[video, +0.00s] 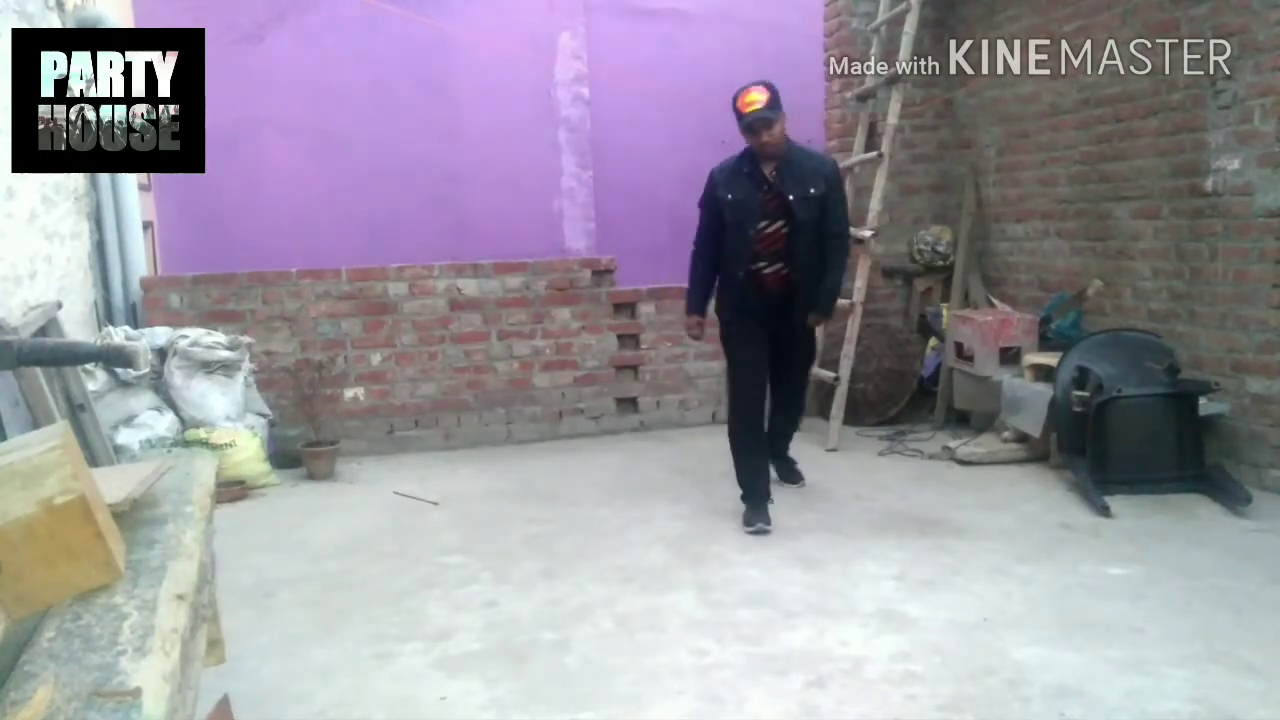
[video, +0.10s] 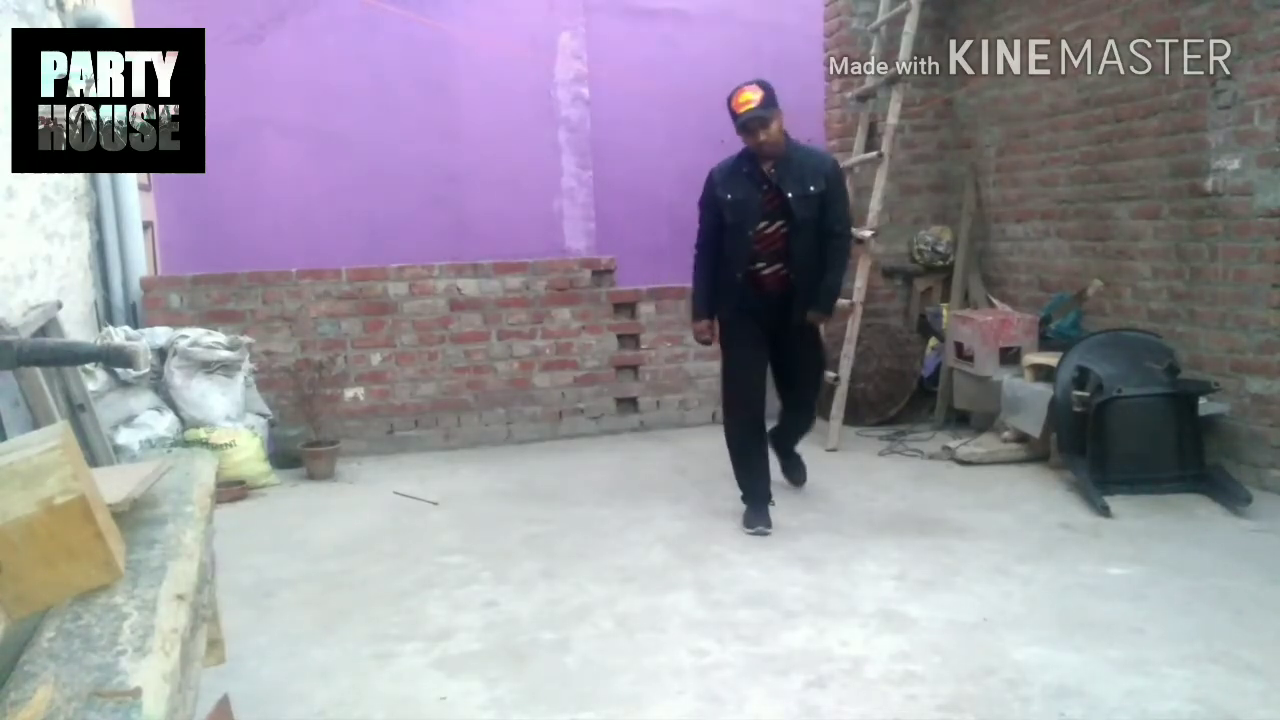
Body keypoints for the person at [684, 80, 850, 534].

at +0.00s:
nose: (764, 137)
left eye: (769, 126)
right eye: (753, 130)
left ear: (784, 120)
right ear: (742, 133)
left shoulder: (821, 172)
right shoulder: (724, 179)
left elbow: (836, 241)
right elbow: (707, 244)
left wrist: (826, 300)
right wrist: (696, 303)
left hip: (798, 307)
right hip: (742, 308)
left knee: (792, 389)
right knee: (747, 398)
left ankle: (778, 449)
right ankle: (755, 497)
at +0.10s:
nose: (759, 137)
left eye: (765, 125)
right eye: (748, 130)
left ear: (781, 118)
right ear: (738, 132)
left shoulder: (820, 169)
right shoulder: (723, 179)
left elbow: (838, 241)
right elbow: (708, 249)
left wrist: (825, 301)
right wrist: (702, 310)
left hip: (797, 309)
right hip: (740, 312)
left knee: (805, 395)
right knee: (743, 406)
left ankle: (783, 440)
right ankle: (756, 500)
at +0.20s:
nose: (761, 135)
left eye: (766, 123)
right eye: (749, 129)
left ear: (782, 115)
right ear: (739, 132)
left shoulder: (823, 168)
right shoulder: (723, 179)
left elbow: (848, 234)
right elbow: (706, 249)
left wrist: (828, 293)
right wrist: (706, 310)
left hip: (802, 310)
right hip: (743, 313)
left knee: (820, 397)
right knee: (743, 409)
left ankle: (791, 443)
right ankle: (756, 501)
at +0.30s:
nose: (765, 132)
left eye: (770, 119)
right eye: (753, 126)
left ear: (784, 112)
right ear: (742, 129)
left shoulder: (825, 163)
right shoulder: (724, 177)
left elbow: (853, 225)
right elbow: (706, 247)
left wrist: (833, 283)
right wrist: (709, 307)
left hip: (806, 307)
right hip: (746, 311)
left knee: (826, 393)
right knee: (745, 409)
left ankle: (799, 451)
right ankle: (756, 500)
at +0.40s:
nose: (775, 122)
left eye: (780, 110)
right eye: (762, 116)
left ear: (793, 103)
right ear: (749, 117)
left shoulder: (832, 156)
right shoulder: (727, 169)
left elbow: (861, 212)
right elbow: (710, 240)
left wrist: (844, 269)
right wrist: (713, 299)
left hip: (816, 299)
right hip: (755, 305)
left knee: (838, 380)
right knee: (753, 403)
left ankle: (820, 473)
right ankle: (757, 500)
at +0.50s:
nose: (790, 114)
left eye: (796, 102)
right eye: (778, 107)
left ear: (807, 98)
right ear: (761, 109)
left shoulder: (842, 149)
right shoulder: (734, 164)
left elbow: (870, 204)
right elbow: (717, 235)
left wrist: (855, 262)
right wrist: (720, 296)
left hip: (828, 298)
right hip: (765, 302)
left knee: (840, 401)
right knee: (763, 403)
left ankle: (849, 506)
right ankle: (758, 501)